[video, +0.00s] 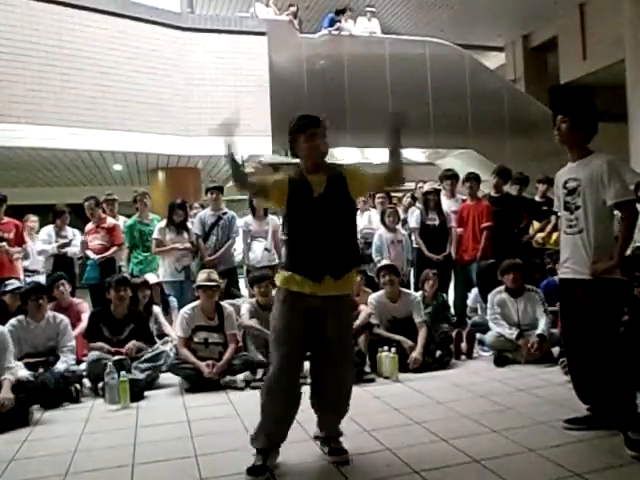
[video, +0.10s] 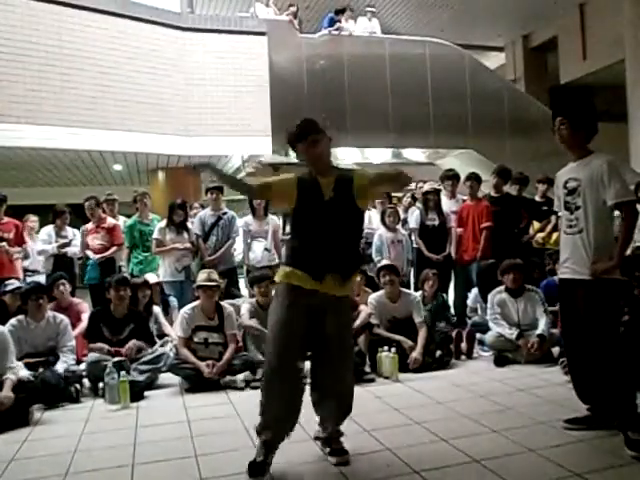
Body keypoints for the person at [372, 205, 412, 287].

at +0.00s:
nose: (392, 219)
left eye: (394, 216)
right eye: (389, 216)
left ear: (398, 218)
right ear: (383, 218)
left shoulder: (403, 234)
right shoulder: (380, 234)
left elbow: (409, 250)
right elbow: (376, 252)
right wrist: (382, 264)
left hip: (403, 269)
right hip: (387, 270)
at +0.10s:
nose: (392, 219)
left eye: (395, 217)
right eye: (389, 216)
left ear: (398, 218)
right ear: (384, 218)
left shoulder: (403, 234)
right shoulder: (380, 234)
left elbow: (408, 250)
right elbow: (376, 252)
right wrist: (382, 264)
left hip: (403, 270)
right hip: (387, 270)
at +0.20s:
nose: (392, 219)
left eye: (395, 216)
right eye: (389, 216)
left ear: (398, 218)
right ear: (384, 218)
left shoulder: (404, 234)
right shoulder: (380, 234)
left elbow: (408, 250)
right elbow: (376, 252)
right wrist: (381, 264)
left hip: (403, 269)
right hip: (387, 270)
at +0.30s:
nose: (392, 219)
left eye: (395, 217)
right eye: (389, 216)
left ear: (398, 218)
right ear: (384, 218)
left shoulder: (403, 234)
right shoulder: (380, 234)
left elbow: (408, 250)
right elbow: (376, 253)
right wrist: (382, 265)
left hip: (403, 270)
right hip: (388, 270)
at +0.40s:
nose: (392, 219)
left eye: (395, 216)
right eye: (389, 216)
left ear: (398, 218)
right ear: (384, 218)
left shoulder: (404, 234)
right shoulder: (380, 234)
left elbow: (408, 250)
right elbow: (376, 252)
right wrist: (381, 264)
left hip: (403, 269)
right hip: (387, 269)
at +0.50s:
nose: (392, 219)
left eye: (395, 217)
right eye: (389, 216)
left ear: (398, 218)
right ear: (384, 218)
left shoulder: (403, 234)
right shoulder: (380, 234)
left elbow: (408, 250)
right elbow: (376, 252)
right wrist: (381, 264)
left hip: (403, 269)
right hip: (387, 269)